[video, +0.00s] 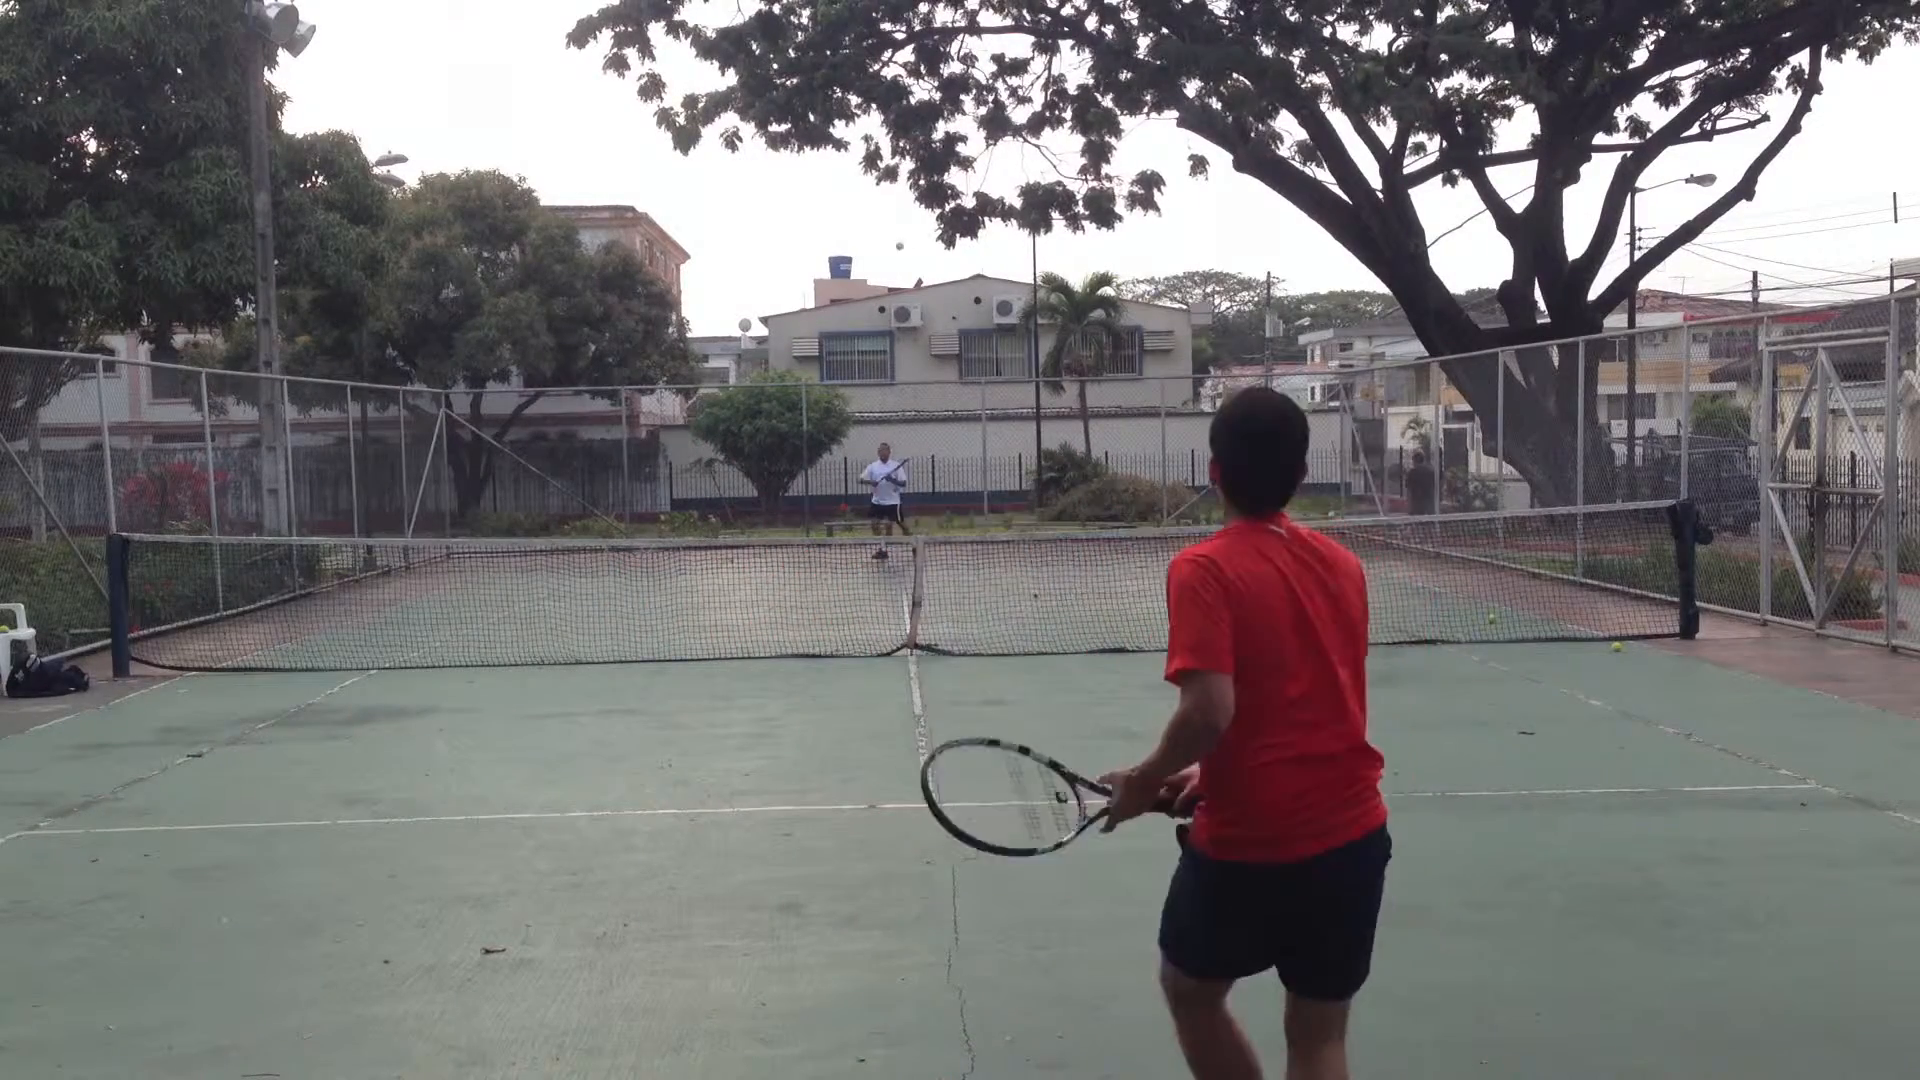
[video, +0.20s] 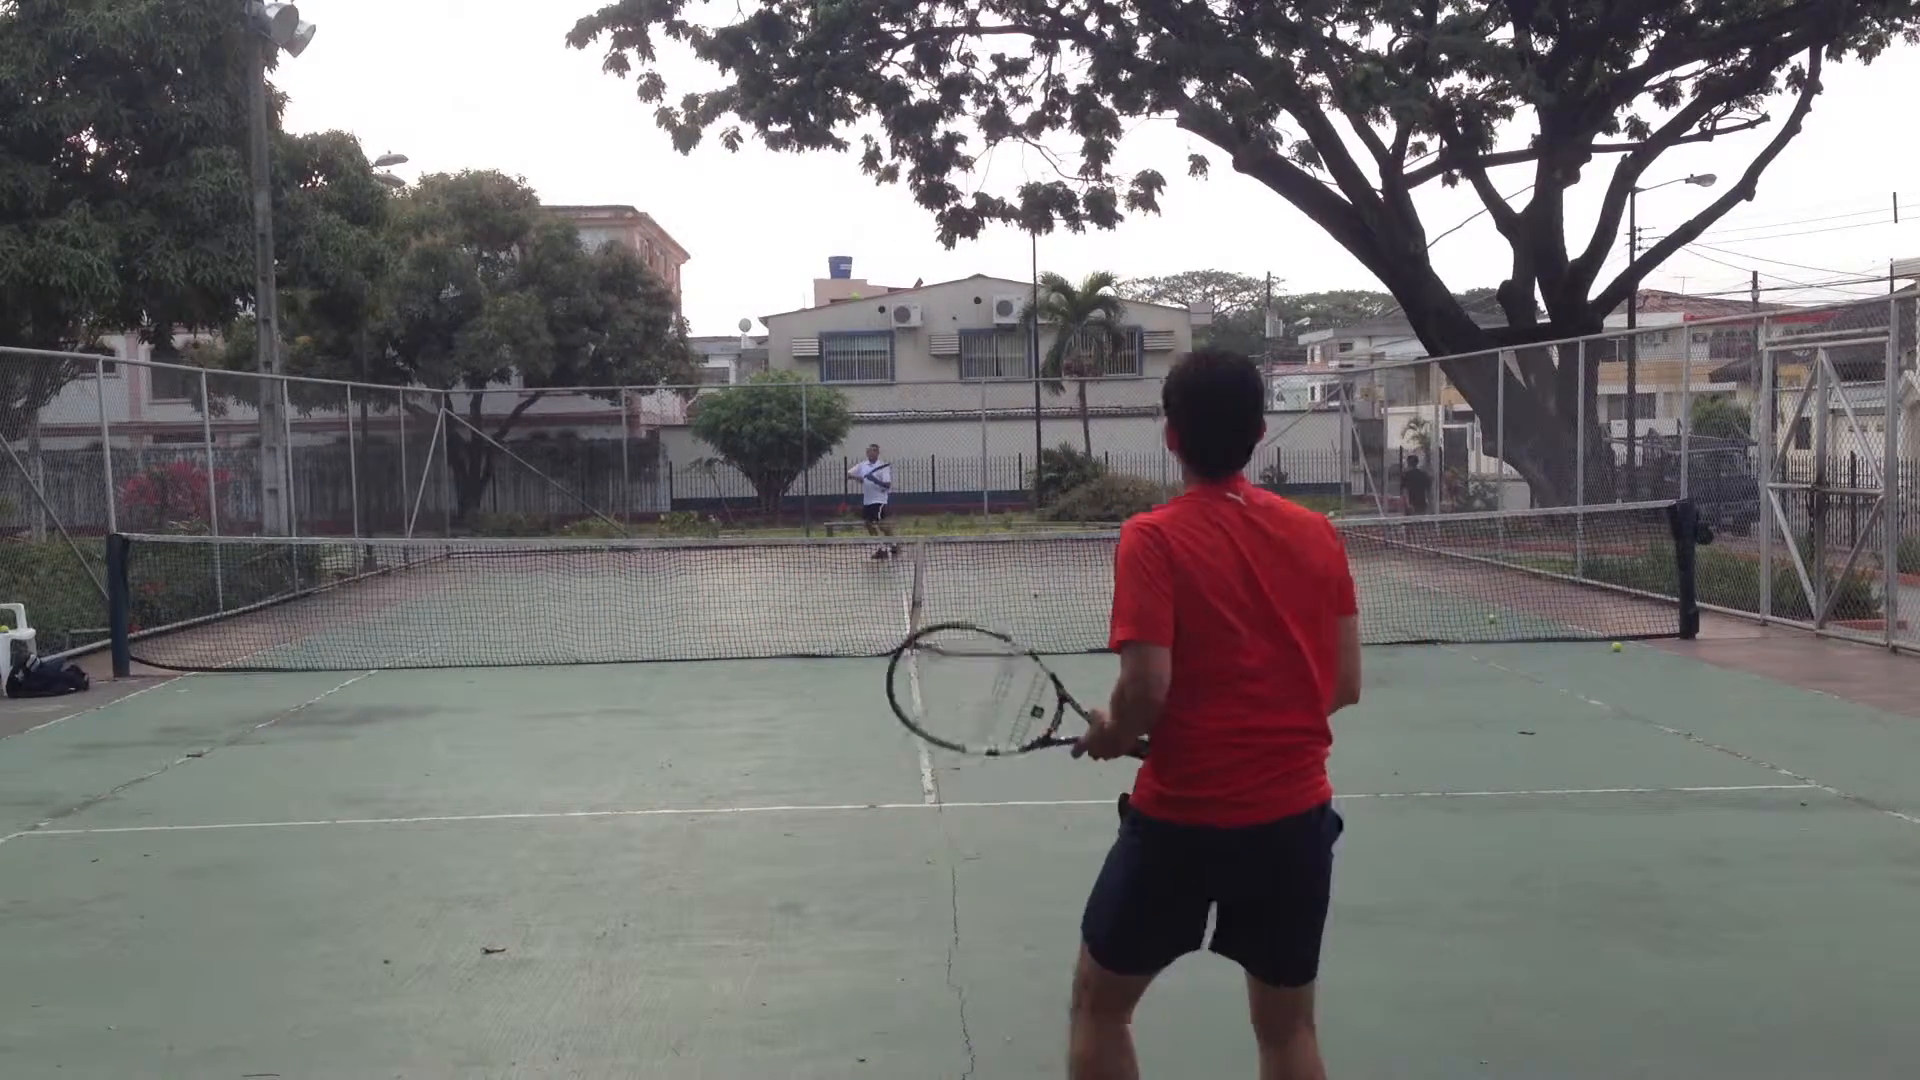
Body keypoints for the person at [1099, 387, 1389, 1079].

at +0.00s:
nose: (1211, 466)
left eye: (1212, 455)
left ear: (1216, 472)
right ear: (1300, 472)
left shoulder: (1203, 569)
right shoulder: (1341, 564)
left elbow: (1211, 708)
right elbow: (1319, 710)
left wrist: (1146, 777)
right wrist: (1211, 773)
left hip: (1243, 850)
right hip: (1350, 842)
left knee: (1194, 994)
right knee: (1321, 1030)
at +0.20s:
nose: (1164, 426)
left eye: (1165, 417)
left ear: (1172, 433)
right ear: (1258, 433)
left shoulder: (1153, 539)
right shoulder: (1316, 534)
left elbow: (1147, 686)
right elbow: (1343, 686)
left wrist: (1115, 729)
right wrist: (1252, 705)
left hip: (1178, 833)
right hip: (1293, 833)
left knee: (1101, 1010)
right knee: (1289, 1026)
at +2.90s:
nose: (1437, 455)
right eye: (1439, 439)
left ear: (1311, 449)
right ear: (1431, 458)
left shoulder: (1291, 554)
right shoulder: (1385, 581)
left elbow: (1432, 649)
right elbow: (1449, 772)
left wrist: (1592, 626)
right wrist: (1603, 709)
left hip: (1260, 940)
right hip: (1345, 955)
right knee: (1461, 1053)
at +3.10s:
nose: (1513, 456)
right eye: (1514, 440)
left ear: (1382, 451)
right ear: (1509, 462)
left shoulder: (1358, 560)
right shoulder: (1454, 589)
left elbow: (1516, 614)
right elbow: (1487, 791)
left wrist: (1665, 592)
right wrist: (1704, 737)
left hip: (1322, 956)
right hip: (1410, 978)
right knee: (1538, 1060)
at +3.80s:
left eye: (1616, 400)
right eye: (1744, 421)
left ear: (1620, 412)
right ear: (1736, 438)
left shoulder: (1531, 558)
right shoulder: (1765, 552)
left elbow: (1408, 732)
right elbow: (1660, 522)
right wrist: (1613, 450)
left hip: (1527, 932)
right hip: (1686, 937)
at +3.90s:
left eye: (1630, 376)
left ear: (1635, 402)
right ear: (1765, 431)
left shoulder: (1564, 558)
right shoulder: (1777, 534)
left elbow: (1476, 759)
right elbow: (1604, 463)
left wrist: (1455, 730)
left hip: (1564, 941)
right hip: (1724, 940)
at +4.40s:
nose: (1651, 430)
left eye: (1653, 410)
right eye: (1653, 408)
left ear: (1669, 432)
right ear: (1789, 433)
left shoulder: (1687, 579)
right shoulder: (1845, 566)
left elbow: (1763, 796)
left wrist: (1593, 840)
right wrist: (1632, 807)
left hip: (1705, 1010)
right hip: (1866, 1003)